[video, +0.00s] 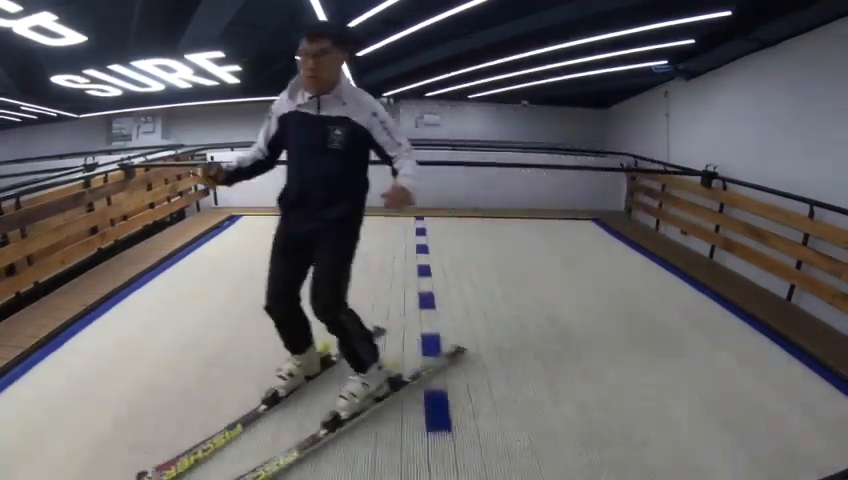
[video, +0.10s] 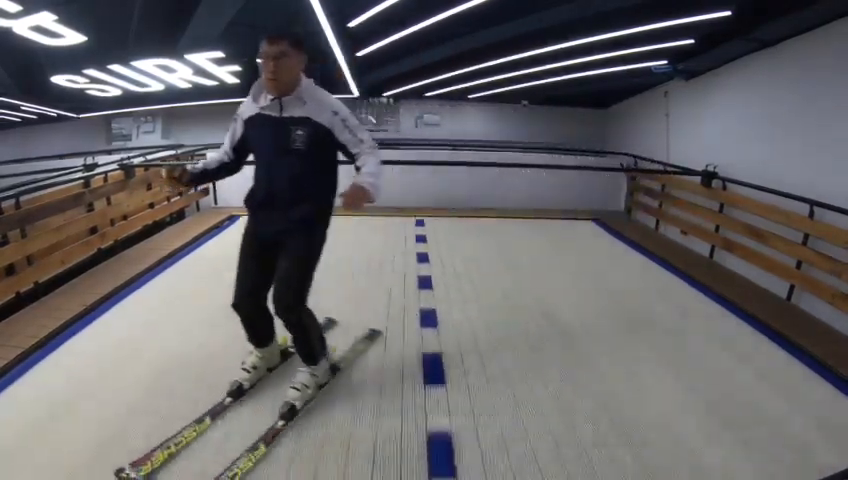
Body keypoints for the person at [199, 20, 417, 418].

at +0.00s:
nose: (310, 64)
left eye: (321, 56)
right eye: (304, 56)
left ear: (342, 59)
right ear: (298, 59)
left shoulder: (362, 108)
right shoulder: (286, 105)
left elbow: (402, 153)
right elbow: (263, 155)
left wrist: (403, 184)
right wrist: (225, 174)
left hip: (339, 221)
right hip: (294, 218)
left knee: (326, 303)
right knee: (279, 301)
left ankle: (369, 371)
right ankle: (305, 357)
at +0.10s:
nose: (270, 67)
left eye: (280, 58)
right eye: (265, 59)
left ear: (302, 62)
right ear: (259, 63)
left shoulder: (324, 107)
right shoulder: (251, 109)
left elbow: (369, 153)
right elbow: (230, 158)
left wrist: (366, 184)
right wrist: (191, 175)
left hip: (307, 220)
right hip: (262, 217)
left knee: (287, 302)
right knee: (246, 300)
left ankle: (317, 364)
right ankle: (267, 350)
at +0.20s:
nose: (238, 71)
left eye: (248, 62)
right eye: (234, 63)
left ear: (270, 66)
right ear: (229, 67)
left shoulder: (294, 111)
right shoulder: (221, 115)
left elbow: (336, 154)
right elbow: (201, 161)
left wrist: (330, 188)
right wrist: (163, 178)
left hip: (277, 223)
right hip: (234, 221)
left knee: (255, 301)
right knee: (216, 300)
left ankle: (268, 355)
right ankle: (231, 345)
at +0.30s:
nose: (214, 78)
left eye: (223, 69)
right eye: (210, 69)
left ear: (245, 71)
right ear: (206, 72)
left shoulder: (268, 115)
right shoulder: (197, 116)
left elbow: (308, 161)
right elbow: (178, 162)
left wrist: (295, 193)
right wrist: (142, 184)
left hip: (252, 226)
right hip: (208, 223)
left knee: (229, 303)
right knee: (192, 300)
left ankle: (229, 356)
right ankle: (199, 345)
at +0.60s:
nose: (183, 92)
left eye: (194, 84)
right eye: (180, 82)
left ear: (214, 87)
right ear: (174, 83)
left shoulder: (232, 131)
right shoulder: (155, 126)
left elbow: (264, 175)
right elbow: (128, 172)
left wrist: (260, 201)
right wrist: (96, 188)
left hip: (209, 239)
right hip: (164, 235)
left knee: (188, 308)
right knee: (149, 307)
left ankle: (179, 366)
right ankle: (142, 358)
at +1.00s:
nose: (225, 86)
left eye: (236, 78)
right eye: (219, 76)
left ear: (252, 83)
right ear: (210, 75)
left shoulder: (264, 128)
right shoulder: (185, 120)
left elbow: (295, 171)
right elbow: (151, 165)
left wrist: (307, 194)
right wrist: (130, 185)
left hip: (240, 243)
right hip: (191, 240)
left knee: (235, 323)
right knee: (187, 320)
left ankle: (210, 375)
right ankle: (165, 374)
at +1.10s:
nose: (251, 82)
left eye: (262, 75)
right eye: (246, 72)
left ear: (276, 82)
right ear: (235, 73)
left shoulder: (285, 125)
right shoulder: (208, 118)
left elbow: (313, 168)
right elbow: (174, 163)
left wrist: (329, 188)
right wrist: (155, 184)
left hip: (264, 241)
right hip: (215, 239)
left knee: (262, 323)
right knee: (214, 321)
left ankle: (235, 377)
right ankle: (186, 377)